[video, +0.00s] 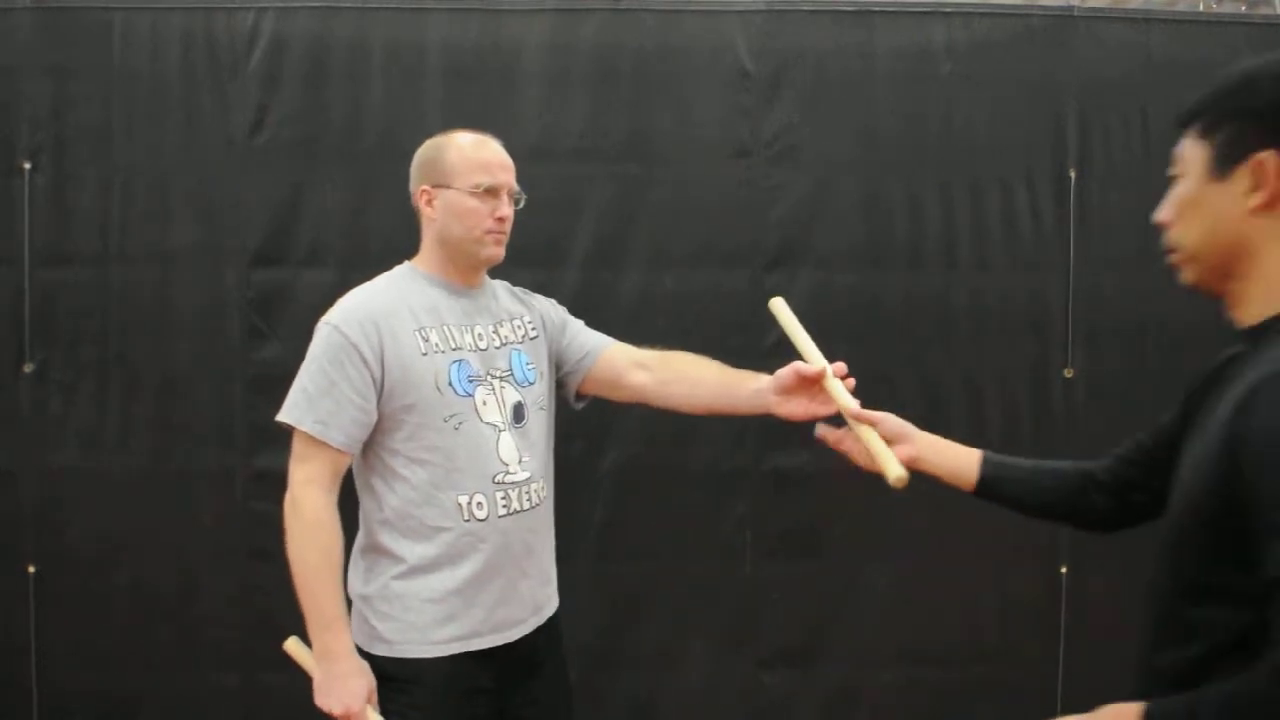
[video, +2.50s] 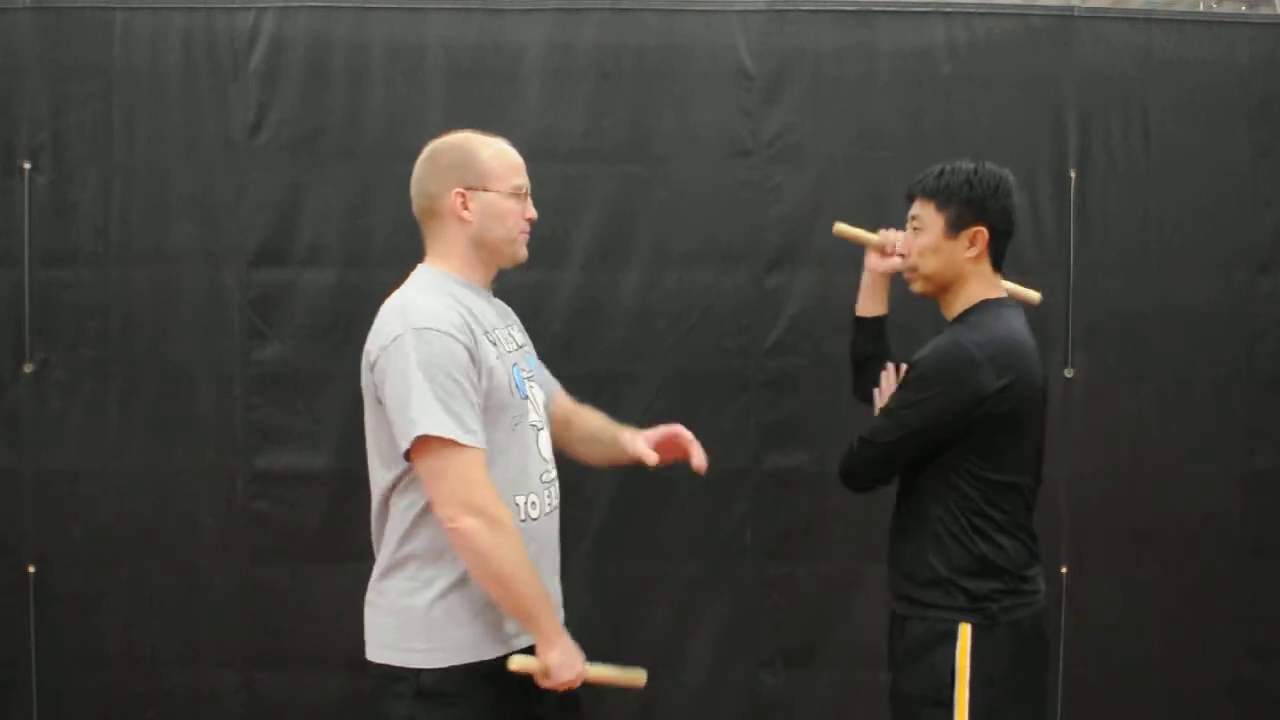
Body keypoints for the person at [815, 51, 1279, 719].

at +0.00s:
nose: (1159, 215)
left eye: (1179, 181)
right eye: (1169, 185)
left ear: (1260, 183)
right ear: (1255, 184)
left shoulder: (1265, 381)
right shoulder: (1241, 373)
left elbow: (1270, 670)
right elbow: (1113, 496)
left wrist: (1151, 711)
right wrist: (921, 449)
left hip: (1231, 704)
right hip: (1179, 698)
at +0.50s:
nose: (926, 227)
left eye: (939, 202)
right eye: (930, 203)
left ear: (999, 211)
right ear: (1005, 213)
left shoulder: (1005, 371)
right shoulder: (1098, 345)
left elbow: (934, 590)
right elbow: (1054, 510)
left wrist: (844, 596)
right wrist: (911, 487)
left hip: (985, 696)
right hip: (1081, 678)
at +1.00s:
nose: (893, 236)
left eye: (912, 215)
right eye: (901, 216)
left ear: (974, 228)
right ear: (967, 229)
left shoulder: (1003, 354)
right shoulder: (978, 342)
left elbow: (970, 531)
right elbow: (957, 486)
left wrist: (871, 540)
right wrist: (875, 490)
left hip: (984, 656)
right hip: (957, 647)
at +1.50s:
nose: (889, 237)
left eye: (908, 217)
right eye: (896, 217)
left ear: (967, 231)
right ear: (962, 233)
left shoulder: (996, 352)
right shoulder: (981, 340)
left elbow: (952, 526)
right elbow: (968, 480)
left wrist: (864, 543)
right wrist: (880, 488)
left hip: (994, 654)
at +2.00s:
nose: (902, 239)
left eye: (921, 220)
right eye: (909, 220)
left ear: (981, 238)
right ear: (978, 240)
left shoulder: (1005, 354)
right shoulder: (977, 344)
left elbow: (970, 520)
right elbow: (943, 478)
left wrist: (882, 569)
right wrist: (849, 497)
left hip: (986, 640)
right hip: (959, 633)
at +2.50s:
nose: (904, 246)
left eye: (918, 230)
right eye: (908, 229)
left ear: (974, 242)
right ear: (970, 245)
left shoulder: (967, 352)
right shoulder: (1001, 334)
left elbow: (860, 469)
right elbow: (873, 388)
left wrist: (886, 414)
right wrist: (875, 279)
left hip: (964, 620)